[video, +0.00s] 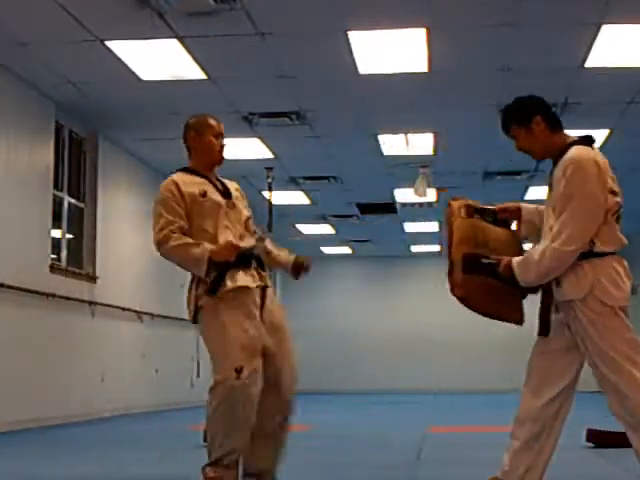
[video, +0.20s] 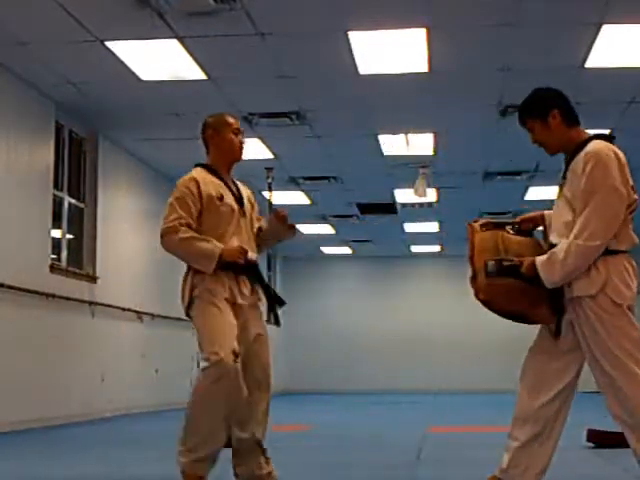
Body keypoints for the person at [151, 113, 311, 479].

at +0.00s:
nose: (223, 143)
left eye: (223, 137)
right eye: (216, 136)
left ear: (215, 142)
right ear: (192, 140)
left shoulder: (232, 189)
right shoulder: (175, 185)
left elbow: (253, 240)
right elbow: (167, 240)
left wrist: (288, 261)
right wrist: (211, 253)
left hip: (261, 291)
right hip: (222, 294)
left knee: (280, 379)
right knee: (239, 376)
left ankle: (260, 470)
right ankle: (222, 468)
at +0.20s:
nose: (242, 139)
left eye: (242, 133)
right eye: (234, 133)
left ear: (237, 142)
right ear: (211, 139)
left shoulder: (245, 193)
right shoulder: (193, 182)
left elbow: (254, 240)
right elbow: (172, 235)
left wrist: (274, 232)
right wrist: (219, 252)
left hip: (248, 288)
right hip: (211, 285)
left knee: (257, 371)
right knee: (221, 364)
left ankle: (251, 464)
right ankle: (195, 466)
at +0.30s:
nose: (239, 134)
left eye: (238, 128)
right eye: (232, 126)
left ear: (227, 134)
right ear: (208, 131)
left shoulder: (235, 185)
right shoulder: (186, 172)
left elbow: (233, 234)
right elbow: (163, 224)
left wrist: (255, 234)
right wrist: (214, 242)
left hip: (236, 283)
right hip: (202, 278)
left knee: (251, 367)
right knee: (208, 365)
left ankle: (256, 466)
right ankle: (151, 457)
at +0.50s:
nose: (214, 160)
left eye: (214, 153)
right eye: (209, 152)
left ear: (189, 154)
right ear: (186, 152)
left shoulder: (189, 204)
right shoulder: (160, 197)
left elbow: (185, 258)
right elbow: (151, 257)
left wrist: (217, 274)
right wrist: (209, 265)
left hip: (210, 308)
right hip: (180, 306)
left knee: (231, 399)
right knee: (165, 394)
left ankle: (243, 471)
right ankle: (99, 471)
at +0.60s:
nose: (191, 159)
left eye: (192, 152)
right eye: (187, 150)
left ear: (166, 150)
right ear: (164, 148)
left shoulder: (159, 195)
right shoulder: (141, 188)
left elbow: (154, 250)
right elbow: (147, 246)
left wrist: (188, 260)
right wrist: (199, 248)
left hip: (169, 298)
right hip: (147, 296)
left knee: (197, 393)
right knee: (135, 395)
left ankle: (240, 467)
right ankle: (99, 472)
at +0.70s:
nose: (166, 154)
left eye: (167, 147)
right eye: (163, 145)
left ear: (141, 145)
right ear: (140, 143)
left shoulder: (133, 187)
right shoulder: (119, 181)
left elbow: (123, 247)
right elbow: (134, 235)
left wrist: (158, 263)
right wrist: (184, 243)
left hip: (134, 293)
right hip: (117, 291)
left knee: (160, 385)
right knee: (112, 389)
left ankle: (185, 468)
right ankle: (97, 471)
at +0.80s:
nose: (141, 147)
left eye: (141, 140)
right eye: (136, 139)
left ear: (113, 140)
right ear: (113, 139)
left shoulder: (107, 177)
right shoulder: (100, 175)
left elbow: (102, 239)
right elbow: (117, 231)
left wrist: (139, 256)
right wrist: (164, 241)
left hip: (106, 286)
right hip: (94, 286)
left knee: (111, 374)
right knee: (95, 375)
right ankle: (93, 466)